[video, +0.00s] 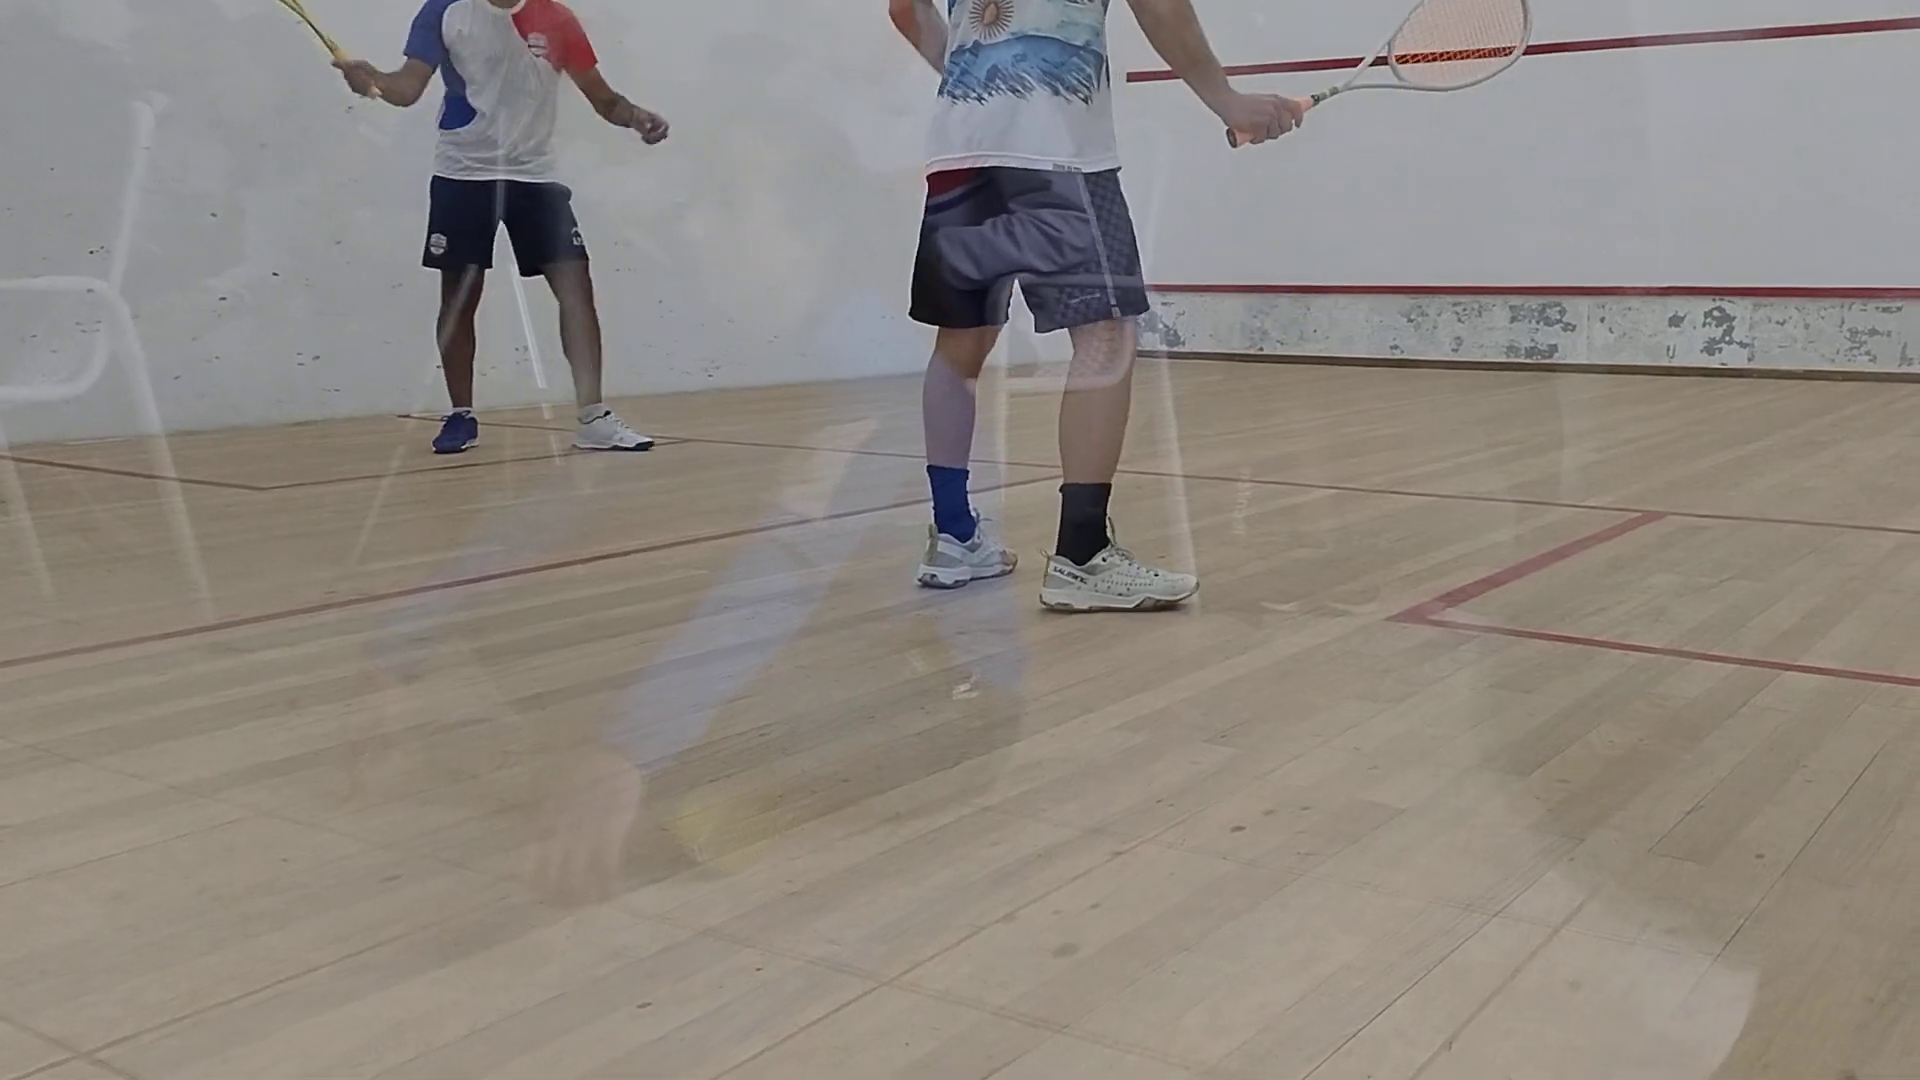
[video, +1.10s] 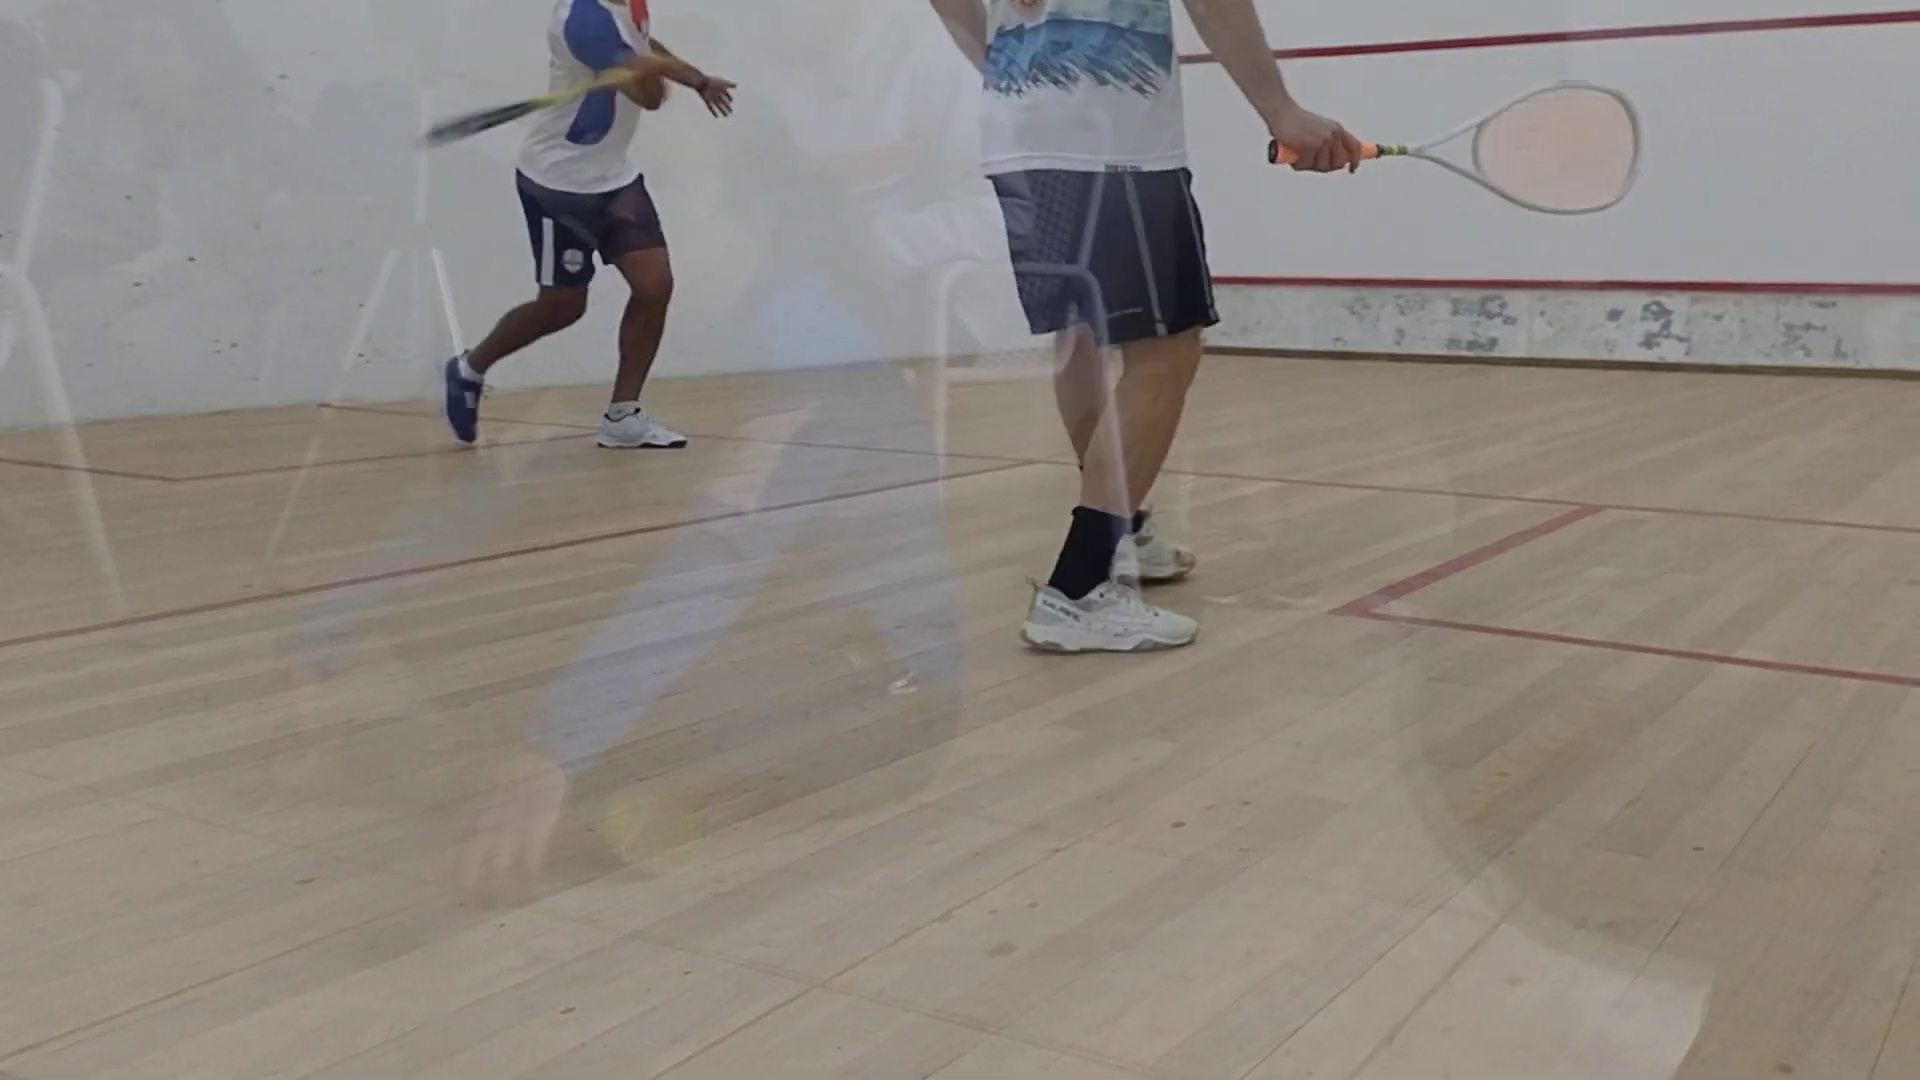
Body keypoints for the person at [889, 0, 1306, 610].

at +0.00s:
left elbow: (907, 9)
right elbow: (1156, 5)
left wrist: (974, 78)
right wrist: (1229, 98)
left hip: (959, 129)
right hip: (1055, 128)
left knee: (959, 344)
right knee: (1105, 337)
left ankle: (952, 538)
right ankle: (1082, 555)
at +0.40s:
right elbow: (1215, 1)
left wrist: (1023, 54)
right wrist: (1281, 91)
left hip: (1020, 107)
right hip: (1118, 108)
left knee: (1045, 310)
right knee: (1139, 336)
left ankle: (986, 507)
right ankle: (1067, 551)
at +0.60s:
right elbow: (1240, 0)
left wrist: (1042, 63)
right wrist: (1304, 95)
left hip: (1050, 115)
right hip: (1128, 119)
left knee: (1122, 326)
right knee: (1166, 334)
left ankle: (1148, 526)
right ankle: (1058, 545)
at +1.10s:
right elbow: (1210, 2)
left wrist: (1016, 72)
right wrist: (1283, 109)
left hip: (1017, 120)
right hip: (1113, 121)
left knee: (1077, 336)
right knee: (1167, 346)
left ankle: (1124, 533)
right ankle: (1077, 591)